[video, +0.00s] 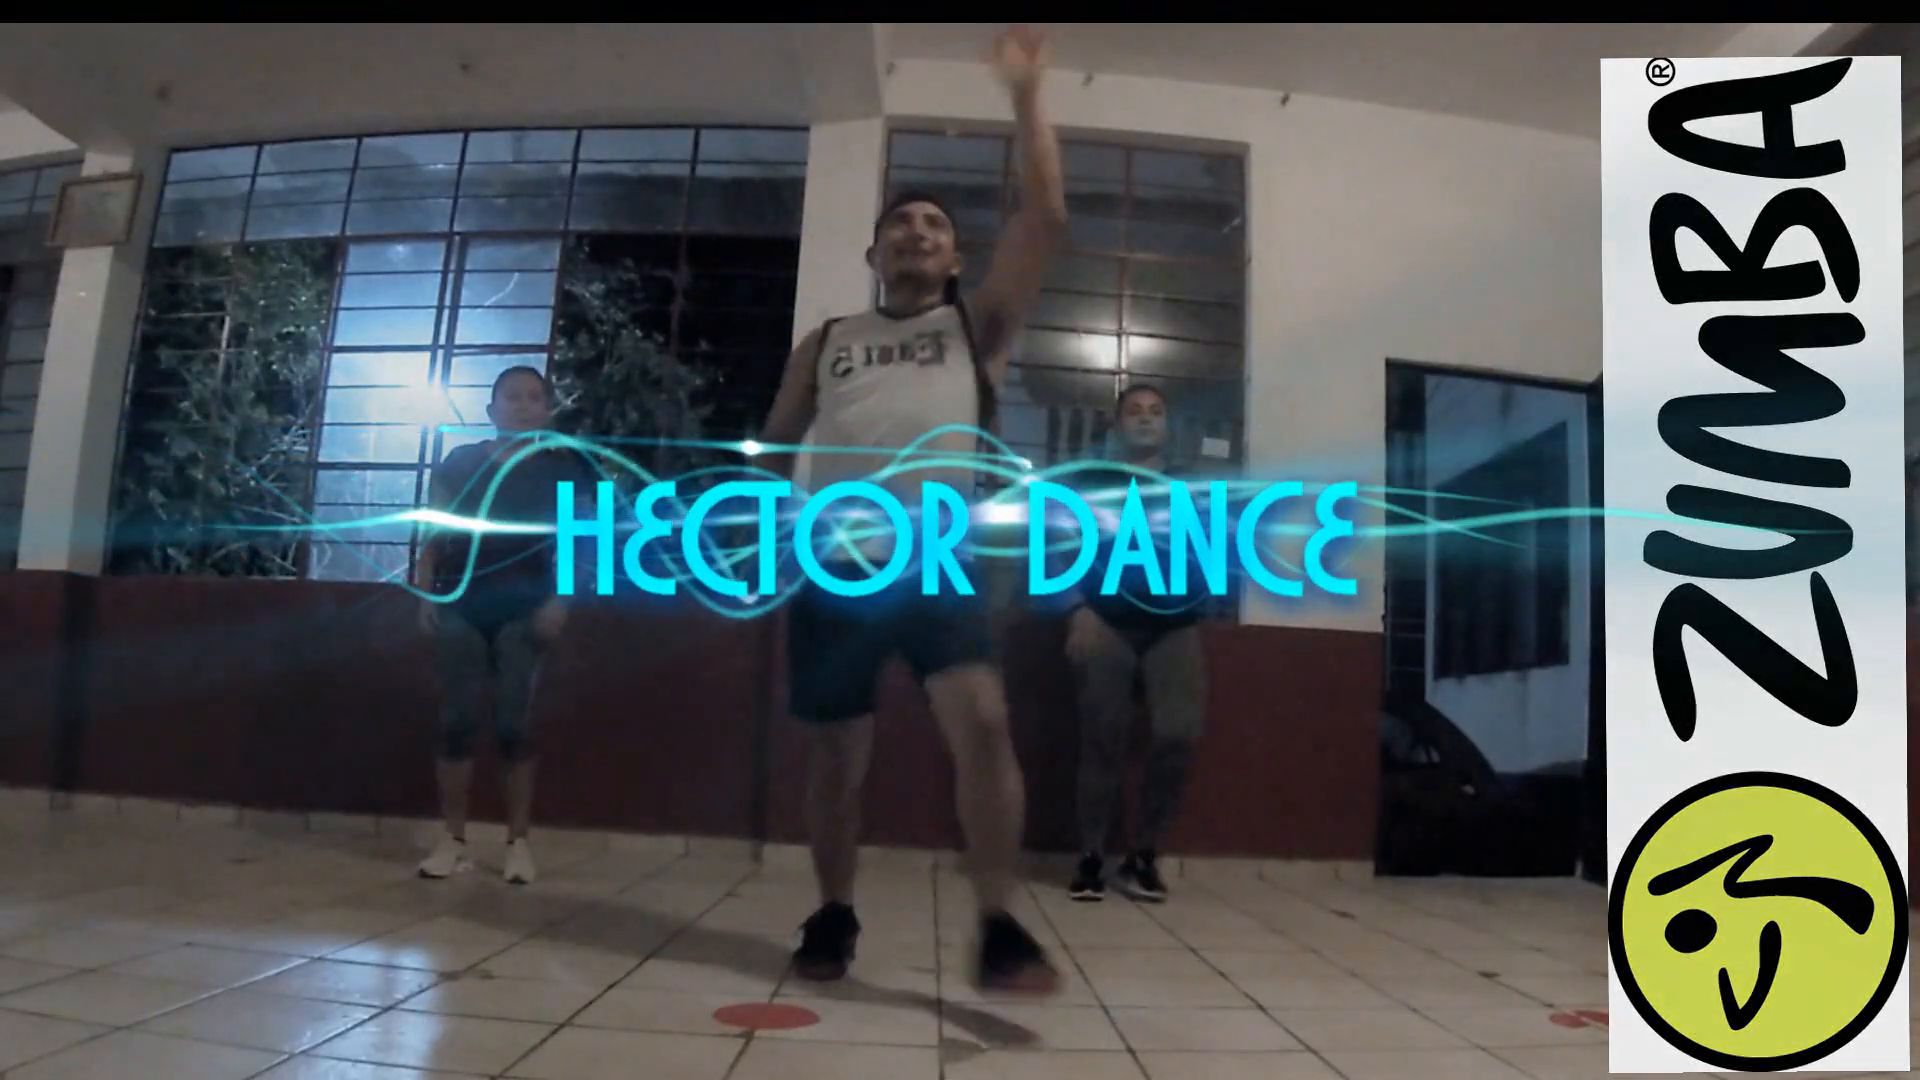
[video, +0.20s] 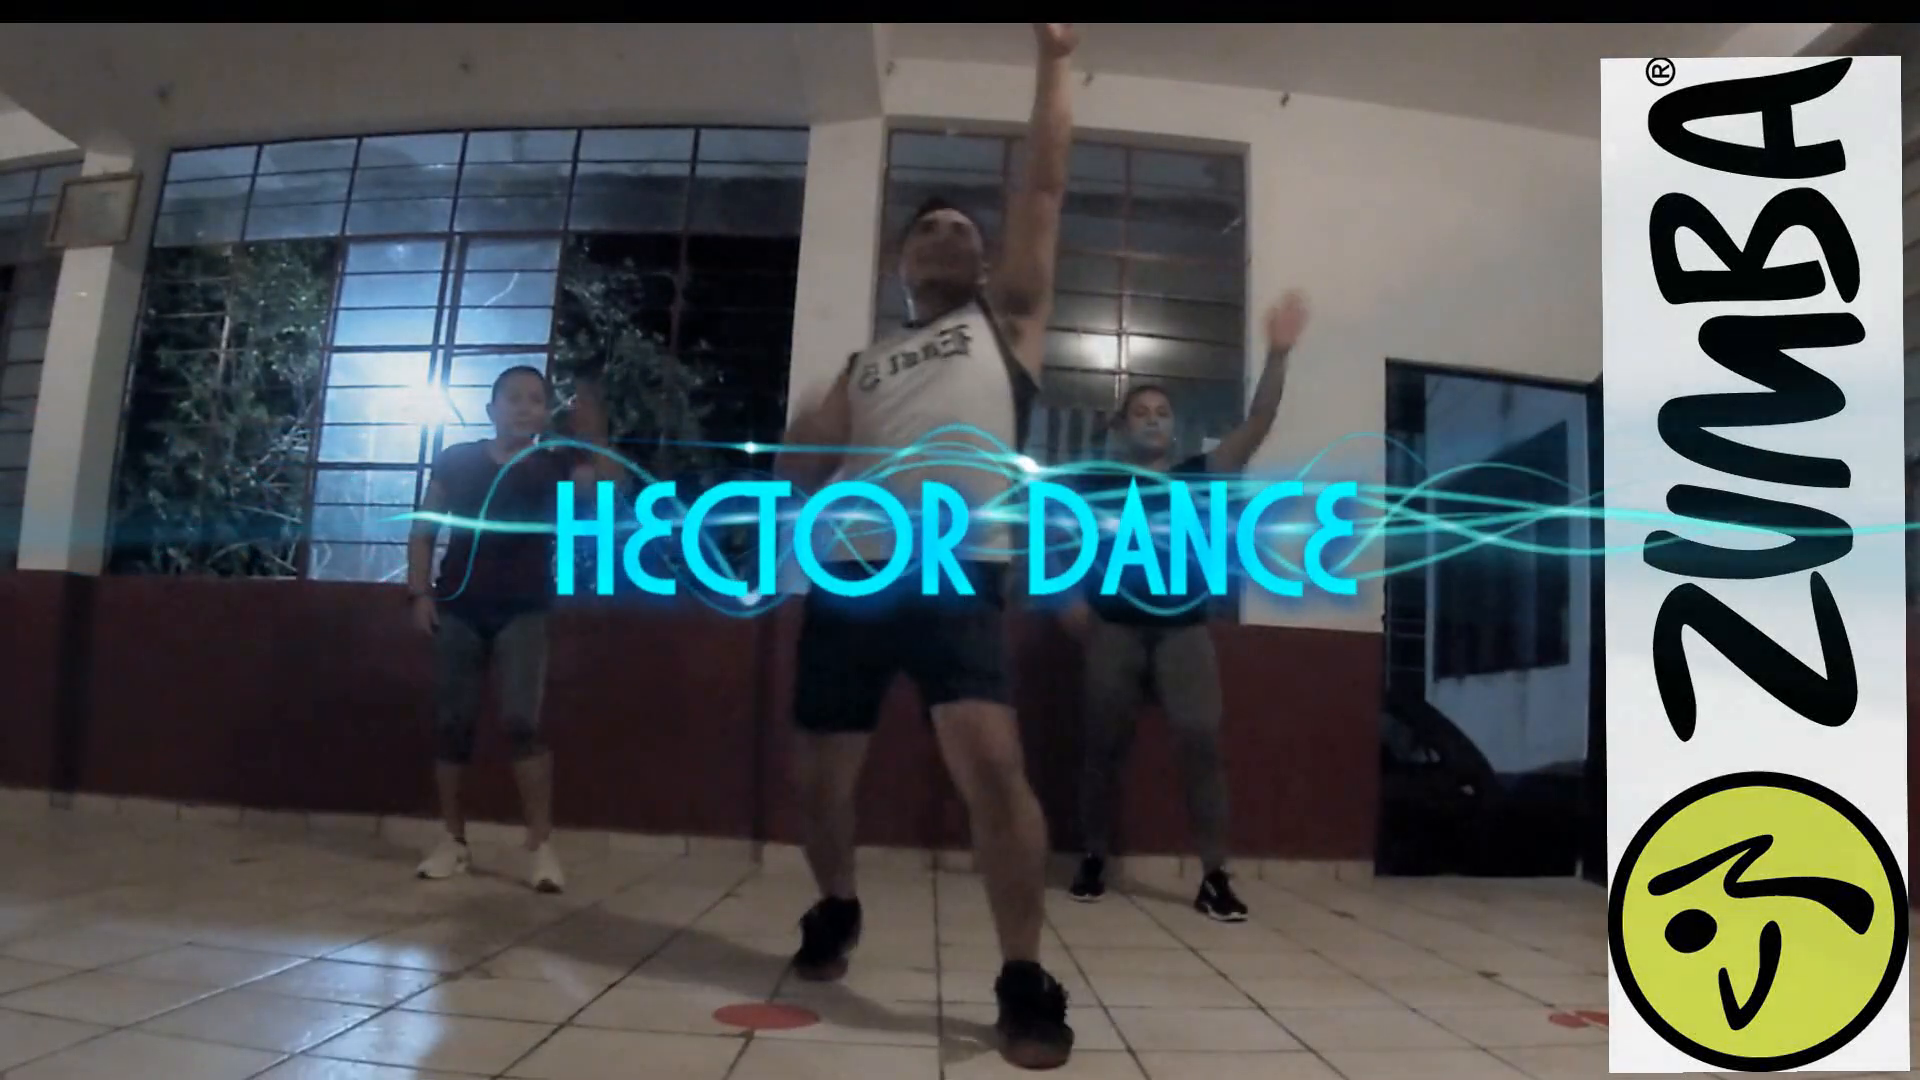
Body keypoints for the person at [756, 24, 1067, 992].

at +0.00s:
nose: (921, 232)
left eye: (936, 225)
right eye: (904, 225)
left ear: (955, 255)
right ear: (874, 254)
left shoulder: (978, 326)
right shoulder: (827, 342)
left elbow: (1044, 212)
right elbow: (771, 453)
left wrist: (1028, 86)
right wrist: (759, 546)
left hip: (942, 568)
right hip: (834, 569)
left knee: (983, 727)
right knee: (836, 755)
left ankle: (997, 928)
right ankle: (832, 918)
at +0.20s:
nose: (947, 231)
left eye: (961, 228)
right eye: (929, 227)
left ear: (986, 263)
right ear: (900, 265)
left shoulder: (1007, 321)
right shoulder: (862, 367)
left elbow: (1044, 186)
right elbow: (801, 470)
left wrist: (1054, 64)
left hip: (963, 581)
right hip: (856, 580)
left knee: (992, 765)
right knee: (825, 765)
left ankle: (1024, 978)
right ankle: (834, 910)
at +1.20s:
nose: (947, 296)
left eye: (962, 284)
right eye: (931, 284)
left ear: (985, 305)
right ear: (905, 304)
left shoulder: (1025, 390)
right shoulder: (871, 399)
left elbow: (1097, 485)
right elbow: (781, 470)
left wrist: (1103, 599)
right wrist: (817, 368)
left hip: (987, 627)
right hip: (883, 615)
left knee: (972, 800)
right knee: (802, 738)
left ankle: (948, 912)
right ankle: (756, 928)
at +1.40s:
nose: (964, 257)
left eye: (980, 245)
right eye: (948, 244)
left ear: (1003, 265)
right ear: (923, 262)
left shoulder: (1032, 346)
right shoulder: (875, 331)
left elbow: (1112, 432)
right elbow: (807, 415)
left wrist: (1062, 476)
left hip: (989, 578)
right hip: (886, 572)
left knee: (993, 759)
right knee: (863, 736)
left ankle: (975, 897)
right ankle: (875, 890)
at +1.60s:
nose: (967, 278)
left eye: (983, 269)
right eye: (952, 266)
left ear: (1004, 295)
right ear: (925, 286)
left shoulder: (1013, 381)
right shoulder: (863, 372)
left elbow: (1065, 389)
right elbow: (808, 477)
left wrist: (1043, 286)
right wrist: (792, 582)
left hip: (988, 611)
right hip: (888, 611)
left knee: (1038, 747)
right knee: (891, 795)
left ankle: (992, 876)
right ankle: (902, 912)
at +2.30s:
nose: (926, 195)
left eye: (947, 184)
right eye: (909, 183)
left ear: (974, 209)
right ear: (879, 204)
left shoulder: (997, 289)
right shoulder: (842, 272)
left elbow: (1095, 190)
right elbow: (808, 129)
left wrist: (1073, 51)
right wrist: (786, 17)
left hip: (980, 562)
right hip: (852, 560)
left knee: (1015, 760)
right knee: (741, 723)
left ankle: (1045, 993)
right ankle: (697, 959)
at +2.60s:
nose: (876, 212)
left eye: (893, 203)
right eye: (858, 200)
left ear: (915, 236)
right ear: (823, 224)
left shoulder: (929, 344)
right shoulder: (774, 286)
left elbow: (982, 453)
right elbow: (673, 182)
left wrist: (996, 471)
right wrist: (651, 46)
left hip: (914, 573)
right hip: (784, 579)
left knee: (1023, 730)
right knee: (714, 747)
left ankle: (991, 895)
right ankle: (677, 980)